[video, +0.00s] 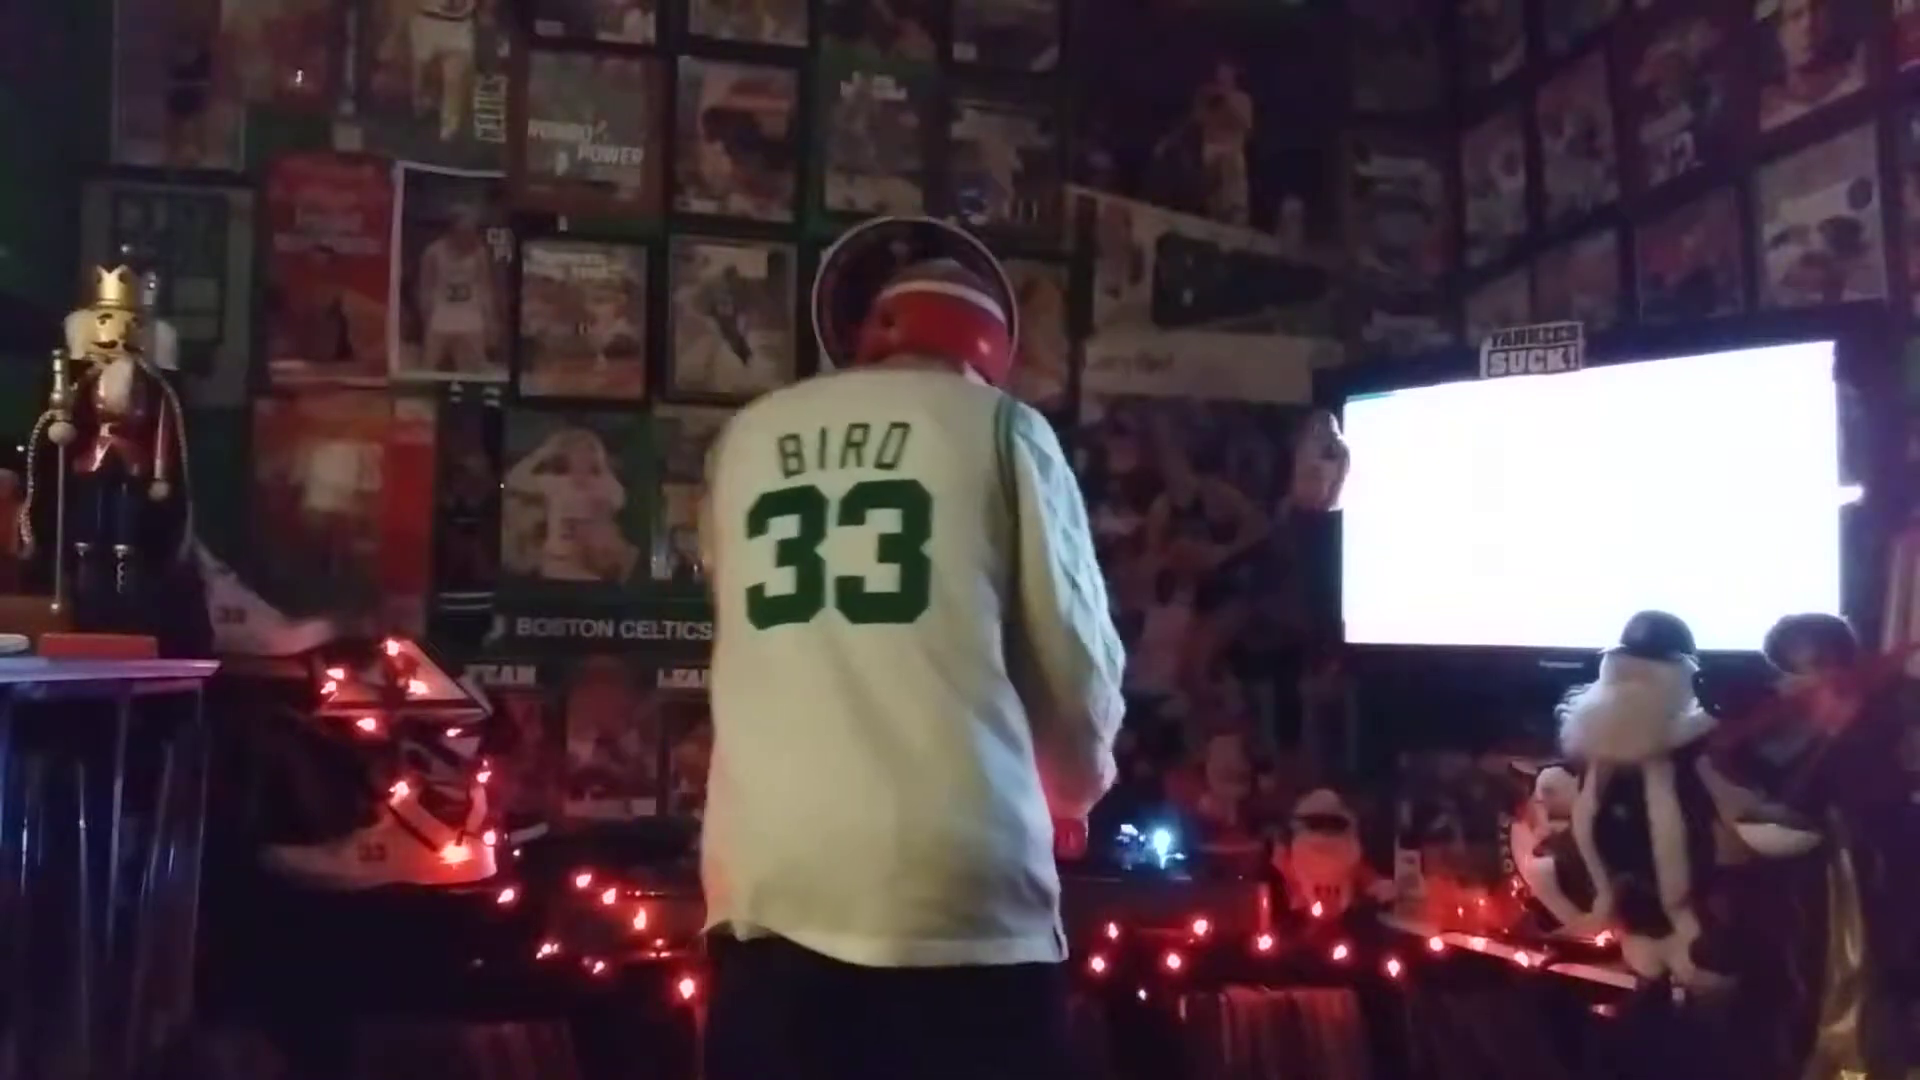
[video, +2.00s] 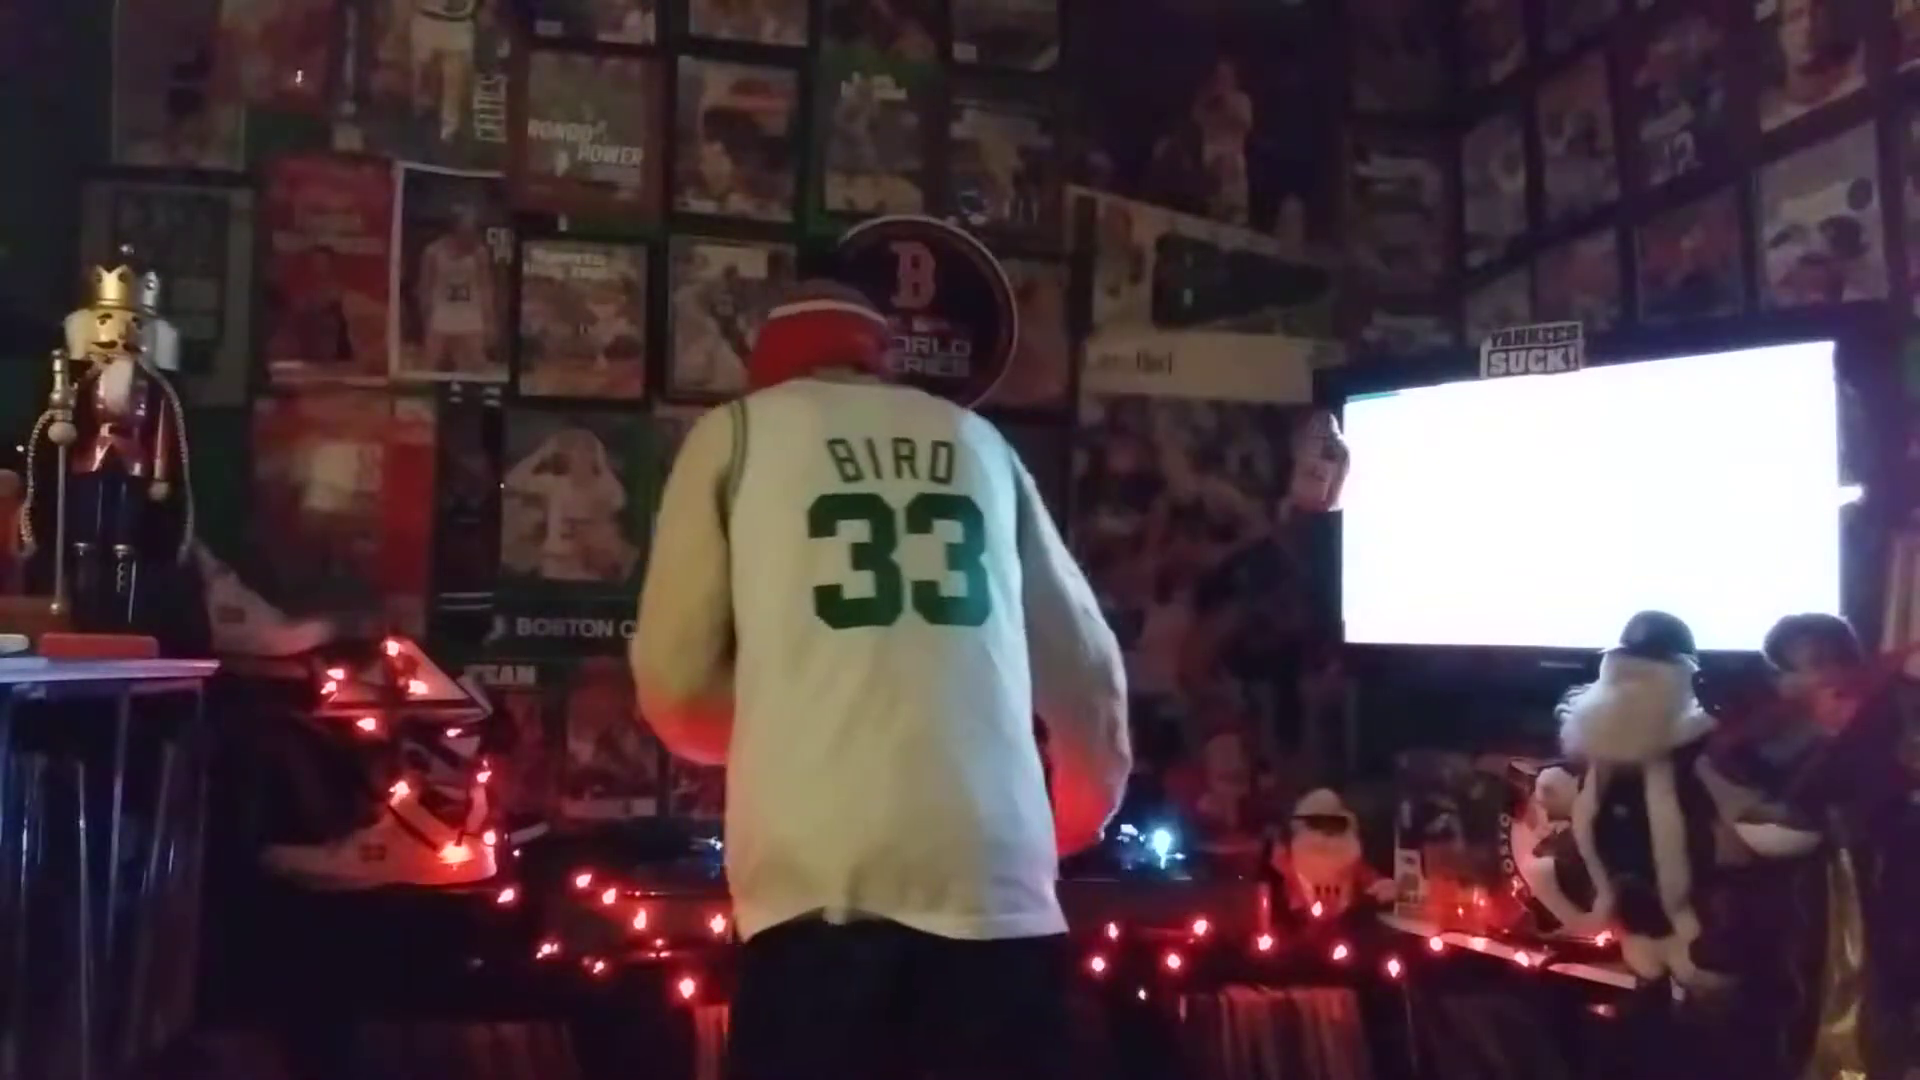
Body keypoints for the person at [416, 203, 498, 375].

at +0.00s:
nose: (465, 237)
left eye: (469, 232)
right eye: (461, 232)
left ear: (474, 232)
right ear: (452, 231)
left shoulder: (480, 253)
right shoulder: (435, 252)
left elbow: (487, 289)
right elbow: (425, 287)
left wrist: (490, 322)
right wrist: (428, 314)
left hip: (471, 325)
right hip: (440, 324)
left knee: (472, 377)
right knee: (432, 377)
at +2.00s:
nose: (467, 235)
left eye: (470, 231)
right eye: (463, 230)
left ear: (475, 230)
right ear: (454, 229)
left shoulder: (479, 252)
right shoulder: (434, 252)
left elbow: (486, 290)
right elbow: (425, 288)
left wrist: (489, 323)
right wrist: (427, 318)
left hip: (471, 326)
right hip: (440, 326)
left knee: (473, 376)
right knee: (436, 376)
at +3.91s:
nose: (465, 234)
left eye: (469, 230)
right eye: (461, 229)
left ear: (474, 229)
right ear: (452, 227)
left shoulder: (481, 252)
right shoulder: (434, 253)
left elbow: (487, 290)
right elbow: (425, 288)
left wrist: (490, 323)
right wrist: (427, 316)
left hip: (472, 328)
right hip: (440, 327)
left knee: (472, 379)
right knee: (433, 378)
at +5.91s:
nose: (468, 236)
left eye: (472, 230)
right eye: (464, 230)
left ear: (477, 229)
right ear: (454, 228)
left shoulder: (481, 252)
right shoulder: (434, 253)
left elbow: (488, 290)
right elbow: (425, 287)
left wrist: (490, 324)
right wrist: (426, 317)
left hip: (472, 327)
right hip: (440, 327)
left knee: (473, 380)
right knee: (434, 379)